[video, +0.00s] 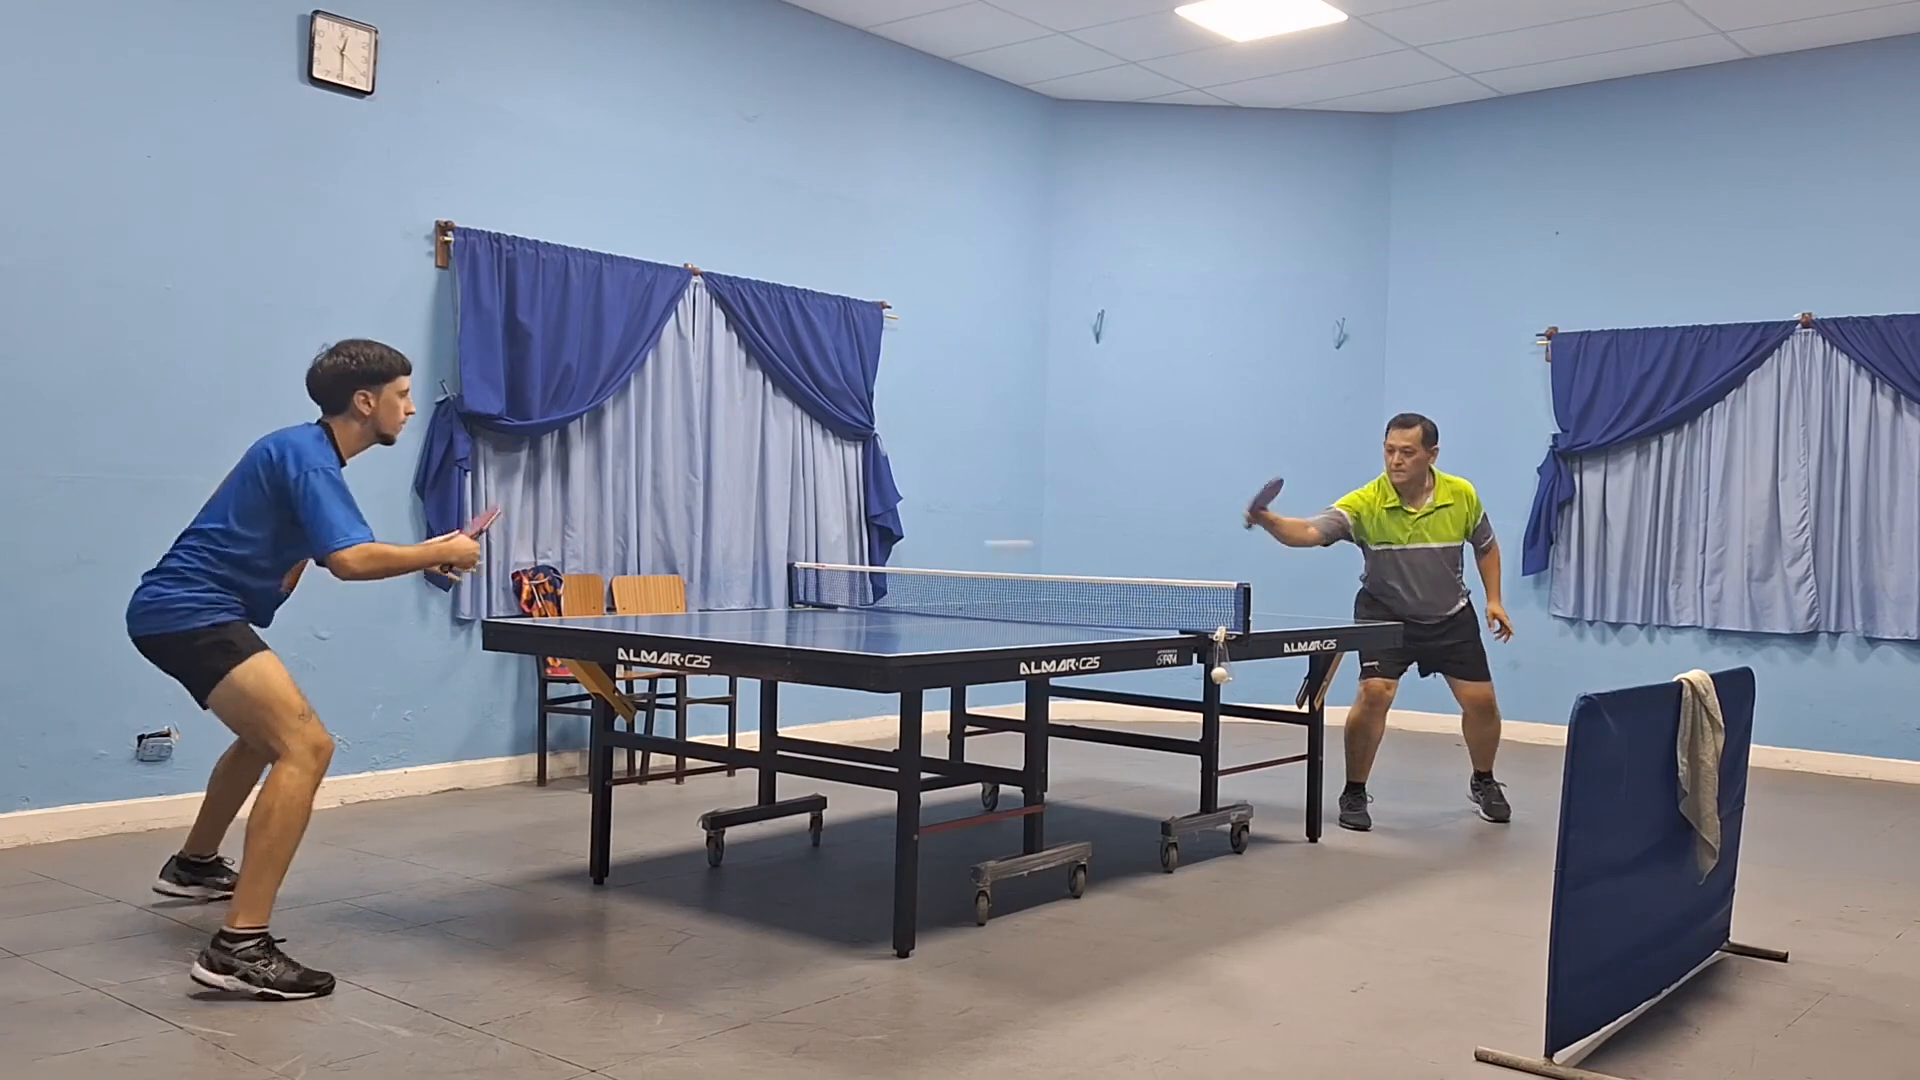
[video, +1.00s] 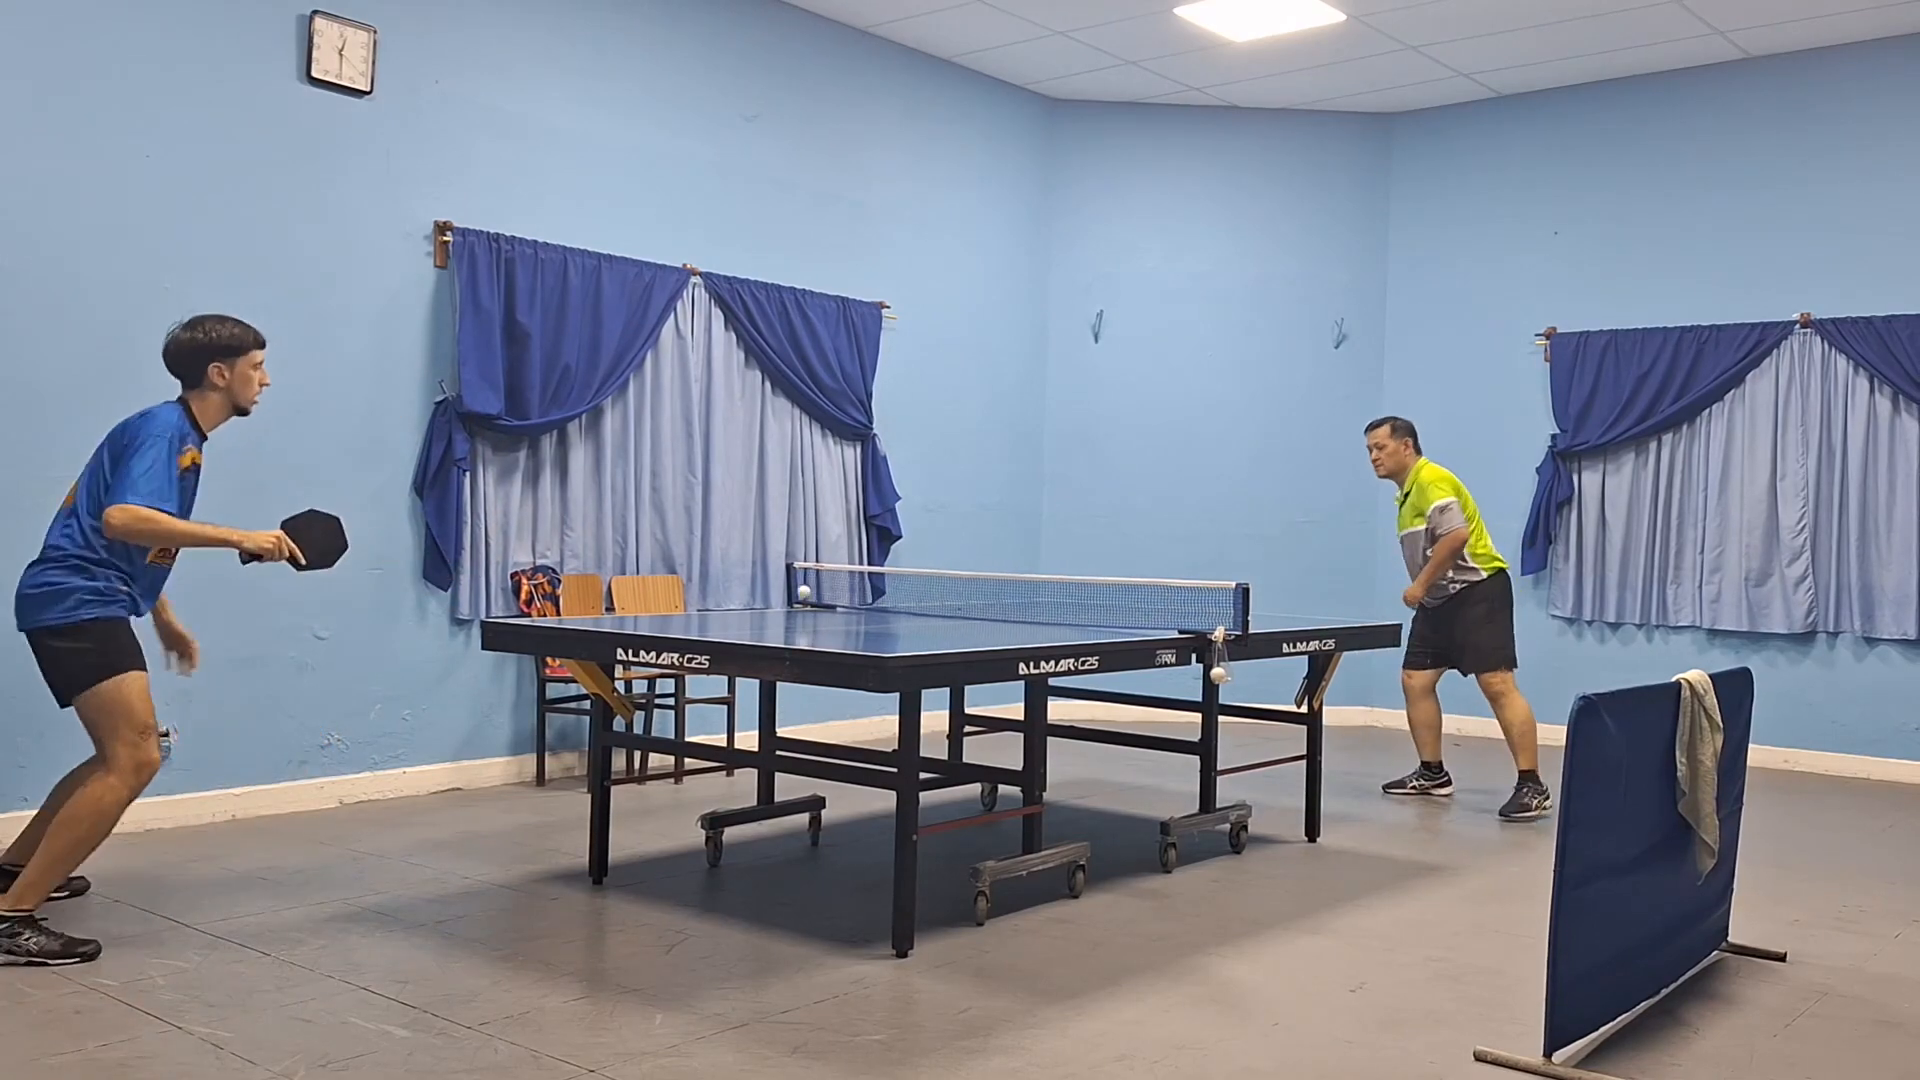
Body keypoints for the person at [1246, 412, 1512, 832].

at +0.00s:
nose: (1395, 460)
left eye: (1407, 452)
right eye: (1390, 451)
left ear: (1431, 455)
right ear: (1383, 452)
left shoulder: (1461, 496)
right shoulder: (1367, 502)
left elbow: (1486, 546)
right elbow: (1312, 531)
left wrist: (1494, 600)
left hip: (1450, 615)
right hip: (1385, 614)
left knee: (1482, 701)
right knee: (1376, 694)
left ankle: (1484, 780)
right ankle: (1355, 793)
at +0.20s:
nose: (1396, 449)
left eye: (1406, 441)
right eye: (1392, 442)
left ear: (1434, 445)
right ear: (1389, 446)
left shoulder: (1475, 495)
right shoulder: (1375, 500)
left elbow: (1512, 551)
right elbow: (1334, 539)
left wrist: (1504, 609)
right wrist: (1294, 547)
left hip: (1465, 622)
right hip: (1400, 623)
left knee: (1495, 708)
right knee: (1379, 698)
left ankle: (1526, 795)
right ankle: (1353, 793)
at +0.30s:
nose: (1401, 444)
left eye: (1411, 435)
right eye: (1397, 436)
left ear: (1439, 438)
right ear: (1395, 442)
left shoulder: (1480, 487)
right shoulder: (1396, 495)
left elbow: (1525, 541)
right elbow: (1379, 546)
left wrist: (1484, 591)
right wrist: (1338, 561)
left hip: (1479, 614)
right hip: (1417, 613)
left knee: (1501, 704)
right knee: (1387, 690)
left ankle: (1526, 796)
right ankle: (1356, 786)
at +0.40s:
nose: (1400, 443)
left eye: (1408, 434)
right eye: (1397, 436)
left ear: (1438, 436)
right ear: (1398, 442)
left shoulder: (1471, 479)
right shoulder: (1413, 492)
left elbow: (1502, 535)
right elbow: (1404, 552)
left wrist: (1437, 561)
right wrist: (1362, 572)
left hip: (1489, 608)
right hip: (1432, 608)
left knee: (1503, 704)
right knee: (1391, 682)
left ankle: (1526, 796)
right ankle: (1398, 775)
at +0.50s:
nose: (1399, 458)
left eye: (1405, 449)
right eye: (1395, 452)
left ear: (1433, 446)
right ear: (1395, 457)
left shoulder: (1462, 482)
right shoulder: (1426, 500)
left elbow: (1441, 549)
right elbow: (1426, 571)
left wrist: (1395, 548)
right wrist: (1386, 608)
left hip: (1494, 607)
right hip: (1446, 611)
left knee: (1494, 705)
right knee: (1407, 685)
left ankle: (1528, 797)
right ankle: (1428, 763)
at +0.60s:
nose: (1390, 473)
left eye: (1396, 464)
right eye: (1387, 467)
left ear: (1424, 460)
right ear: (1424, 464)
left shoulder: (1444, 493)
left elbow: (1397, 553)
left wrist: (1362, 563)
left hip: (1491, 611)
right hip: (1457, 617)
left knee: (1477, 708)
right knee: (1424, 695)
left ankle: (1528, 798)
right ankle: (1434, 775)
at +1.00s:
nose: (1373, 456)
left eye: (1379, 448)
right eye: (1370, 451)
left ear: (1405, 445)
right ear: (1388, 453)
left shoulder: (1432, 480)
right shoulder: (1406, 495)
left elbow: (1456, 535)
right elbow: (1438, 547)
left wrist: (1420, 584)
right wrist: (1431, 592)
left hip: (1478, 591)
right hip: (1439, 601)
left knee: (1497, 684)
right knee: (1416, 681)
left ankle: (1531, 784)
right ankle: (1431, 772)